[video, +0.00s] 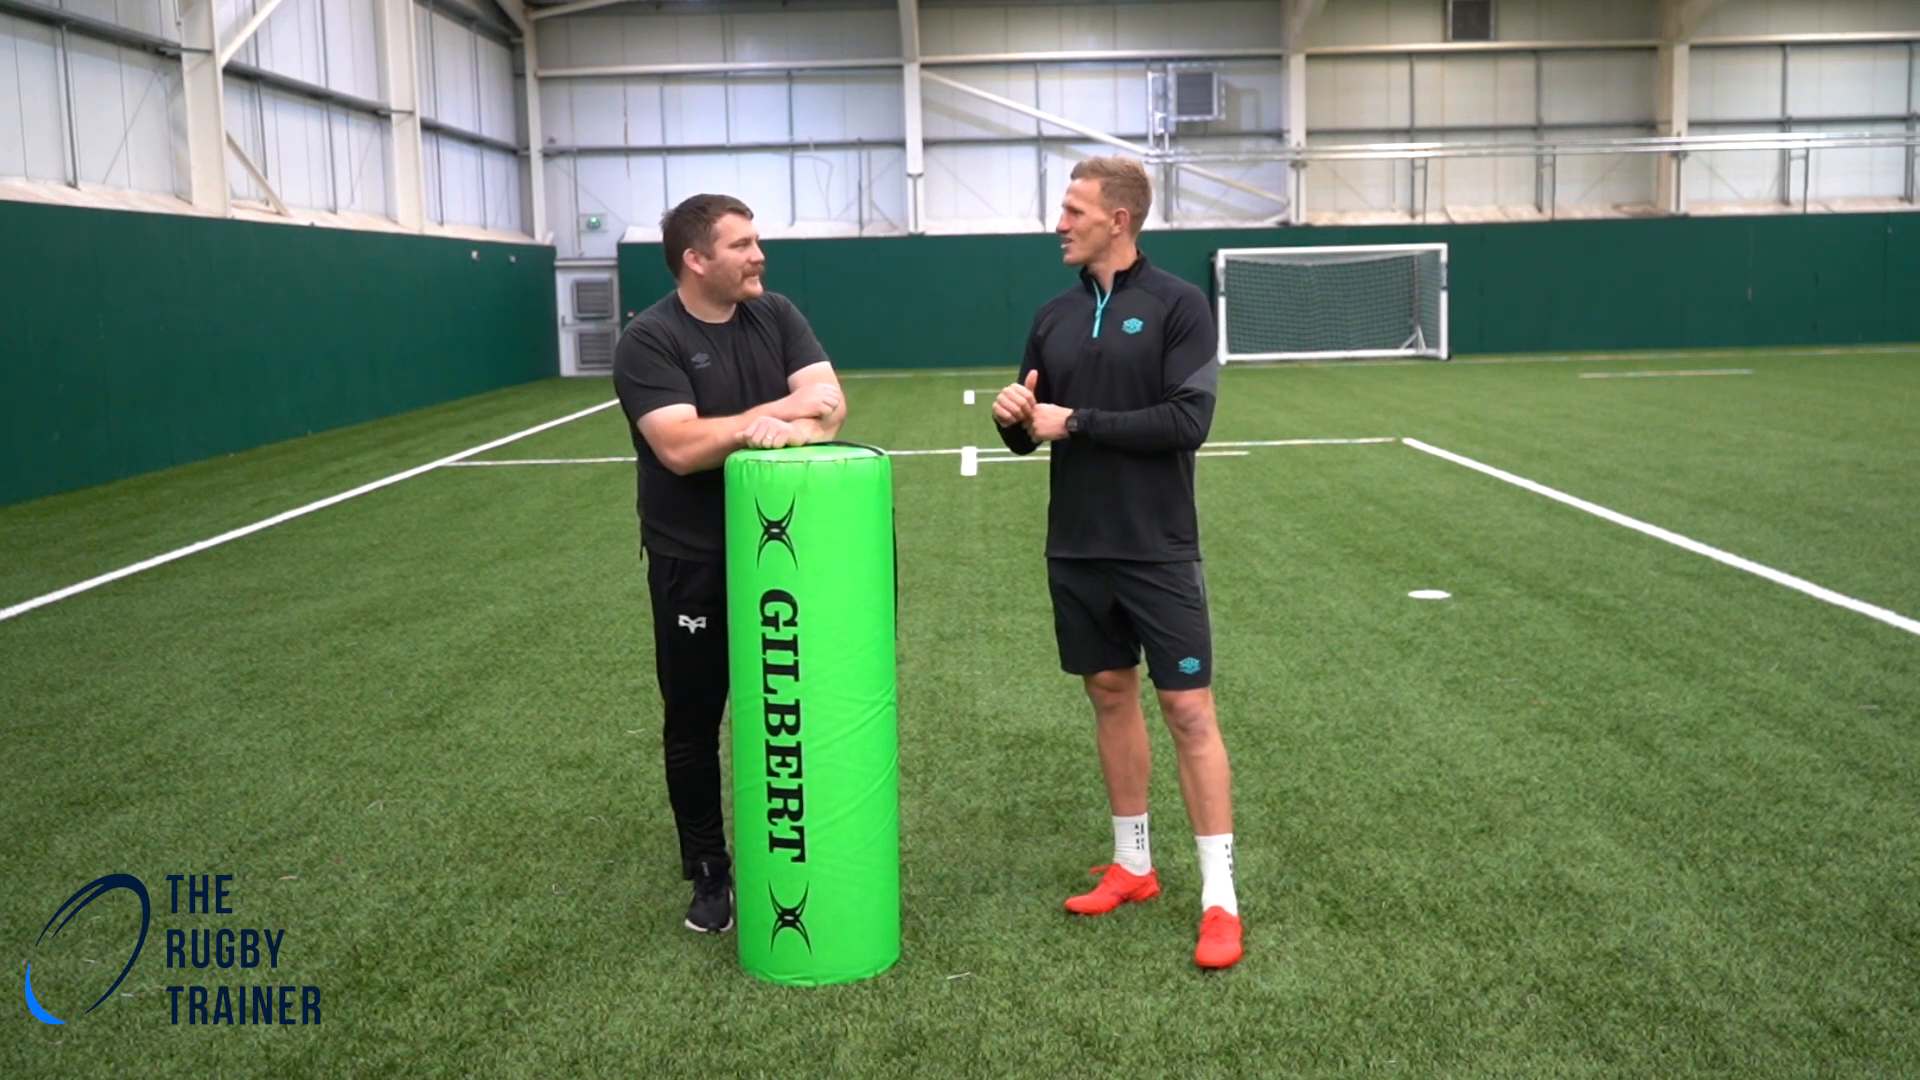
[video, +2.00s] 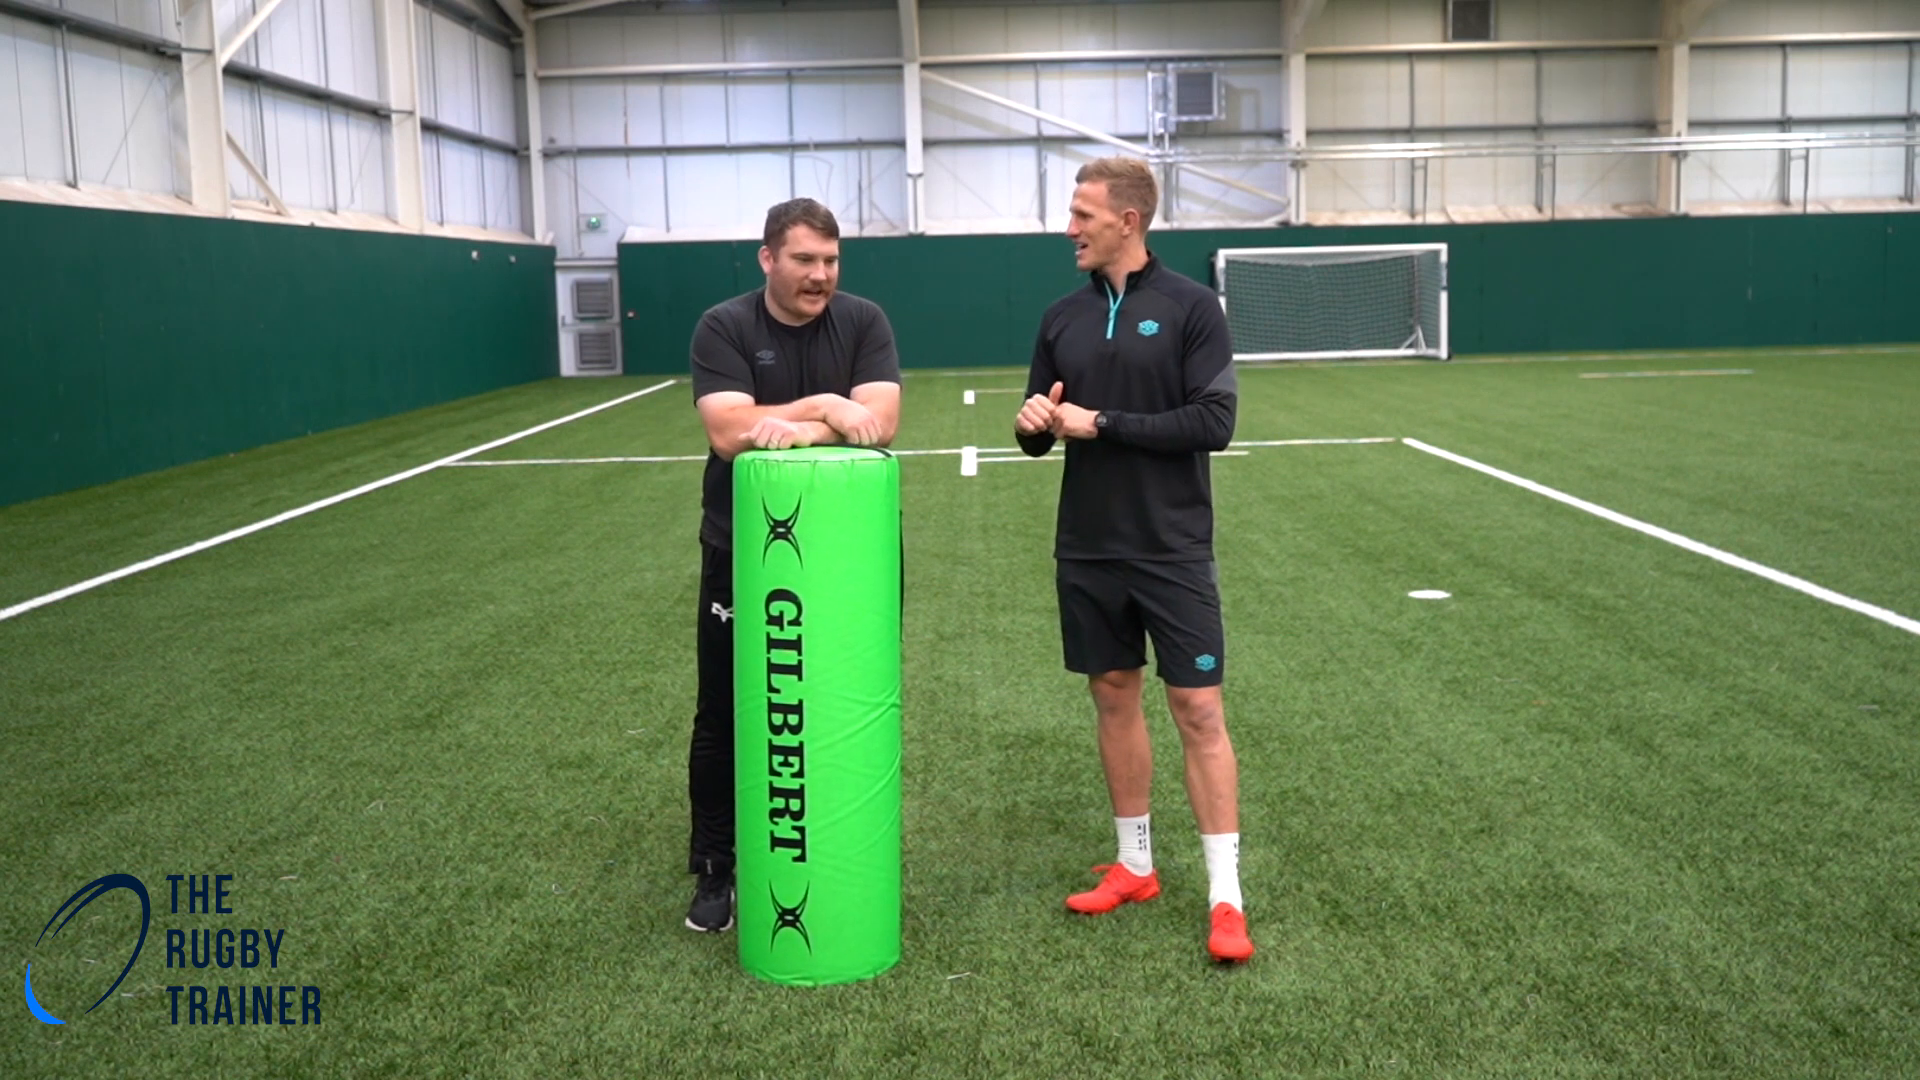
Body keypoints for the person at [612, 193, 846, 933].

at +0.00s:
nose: (757, 255)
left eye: (756, 242)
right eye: (741, 246)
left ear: (740, 254)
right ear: (692, 260)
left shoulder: (775, 314)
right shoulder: (646, 342)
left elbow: (828, 405)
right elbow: (680, 450)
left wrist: (753, 425)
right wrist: (785, 412)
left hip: (782, 554)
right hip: (693, 561)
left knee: (793, 716)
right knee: (694, 726)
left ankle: (804, 866)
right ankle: (710, 873)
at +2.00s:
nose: (819, 274)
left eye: (829, 261)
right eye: (803, 261)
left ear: (841, 263)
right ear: (768, 260)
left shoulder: (863, 321)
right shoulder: (725, 327)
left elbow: (878, 425)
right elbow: (726, 433)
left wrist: (780, 424)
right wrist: (828, 408)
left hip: (838, 554)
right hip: (741, 552)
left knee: (833, 715)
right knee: (725, 714)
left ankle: (829, 877)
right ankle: (716, 871)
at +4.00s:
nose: (756, 275)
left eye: (764, 259)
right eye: (738, 264)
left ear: (773, 253)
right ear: (699, 266)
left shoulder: (808, 314)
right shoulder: (668, 335)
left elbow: (843, 417)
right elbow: (692, 439)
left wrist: (762, 426)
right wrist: (797, 408)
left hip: (803, 553)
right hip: (706, 557)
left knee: (808, 709)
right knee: (705, 717)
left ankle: (811, 866)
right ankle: (713, 873)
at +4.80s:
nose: (786, 261)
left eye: (785, 248)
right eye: (770, 253)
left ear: (779, 250)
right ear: (720, 266)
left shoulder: (806, 314)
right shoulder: (675, 338)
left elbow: (846, 414)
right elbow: (706, 445)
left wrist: (764, 428)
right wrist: (808, 408)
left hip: (805, 556)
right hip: (713, 560)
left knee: (807, 712)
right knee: (709, 720)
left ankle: (811, 865)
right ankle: (713, 872)